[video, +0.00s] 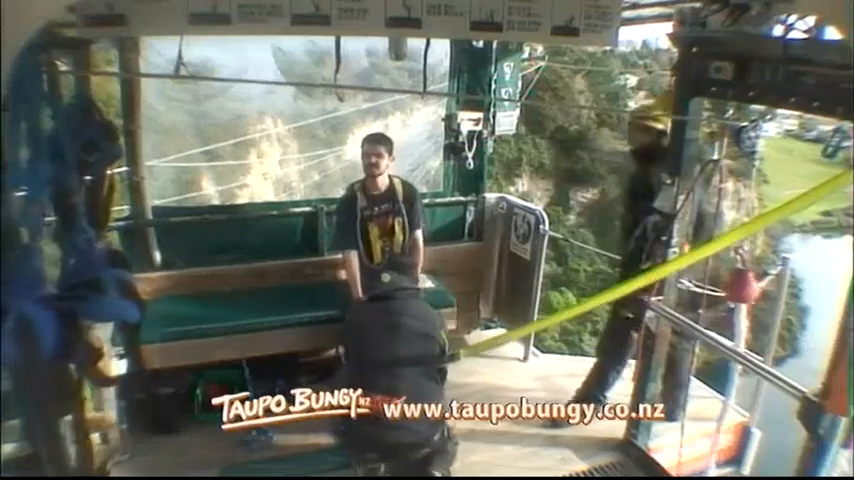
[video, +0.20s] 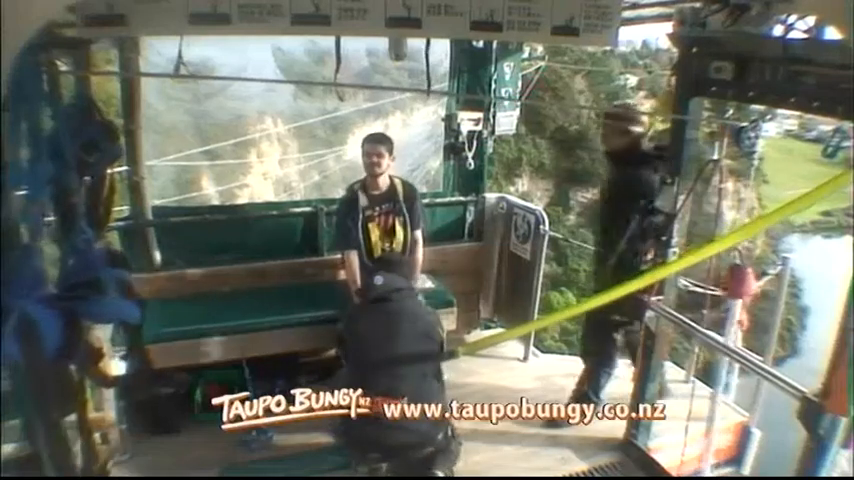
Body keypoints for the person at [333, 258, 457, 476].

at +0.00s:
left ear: (369, 281)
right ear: (413, 278)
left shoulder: (358, 315)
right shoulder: (429, 316)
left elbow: (352, 366)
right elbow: (440, 369)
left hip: (367, 437)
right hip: (418, 437)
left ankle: (368, 463)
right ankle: (436, 469)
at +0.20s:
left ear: (370, 283)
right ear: (409, 282)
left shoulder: (355, 319)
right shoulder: (429, 317)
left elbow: (350, 363)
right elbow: (439, 355)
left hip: (373, 439)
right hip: (424, 437)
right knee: (450, 436)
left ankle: (371, 463)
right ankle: (439, 469)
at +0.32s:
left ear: (370, 280)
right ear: (410, 280)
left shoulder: (355, 319)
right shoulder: (427, 316)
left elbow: (349, 361)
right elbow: (439, 353)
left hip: (378, 442)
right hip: (426, 439)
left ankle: (371, 460)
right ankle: (441, 462)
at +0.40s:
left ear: (368, 283)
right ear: (408, 281)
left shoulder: (356, 319)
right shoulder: (427, 315)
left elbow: (349, 361)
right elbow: (441, 353)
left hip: (378, 439)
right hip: (426, 436)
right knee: (439, 383)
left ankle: (372, 459)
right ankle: (439, 458)